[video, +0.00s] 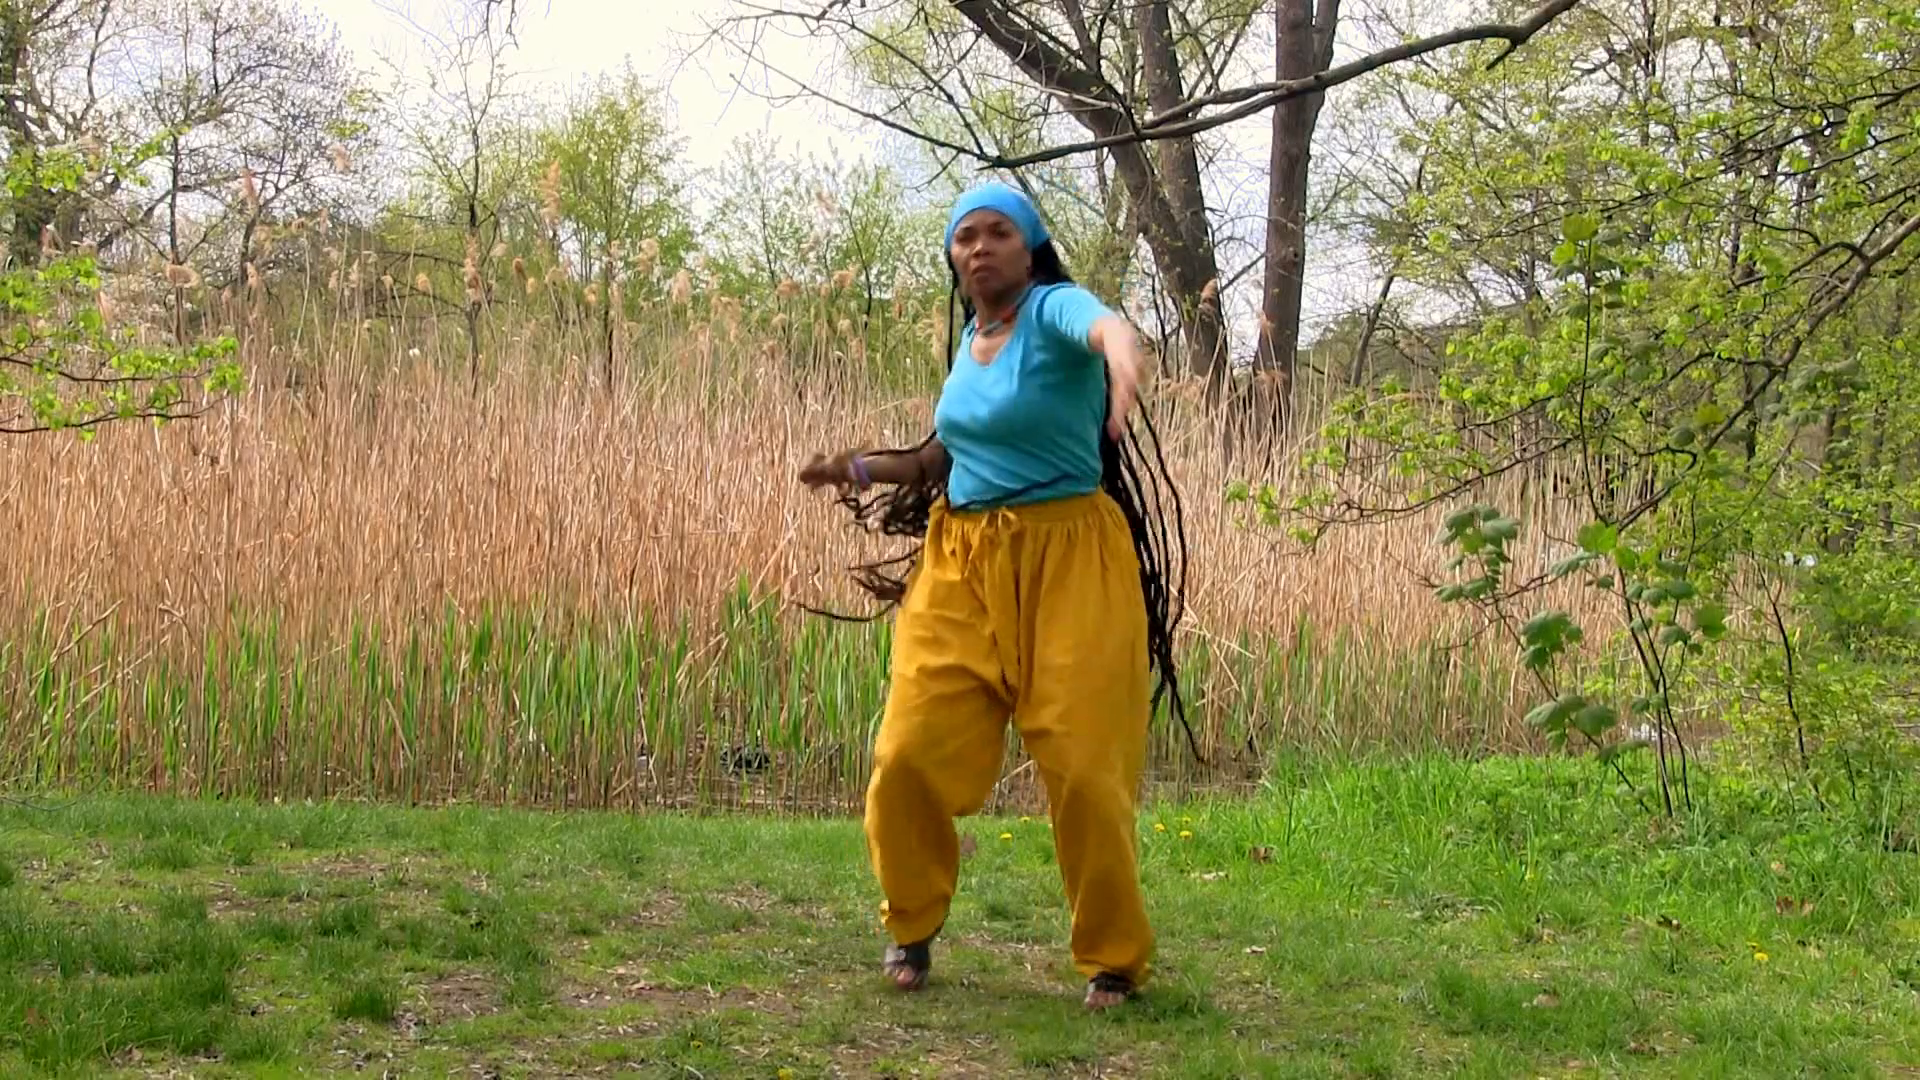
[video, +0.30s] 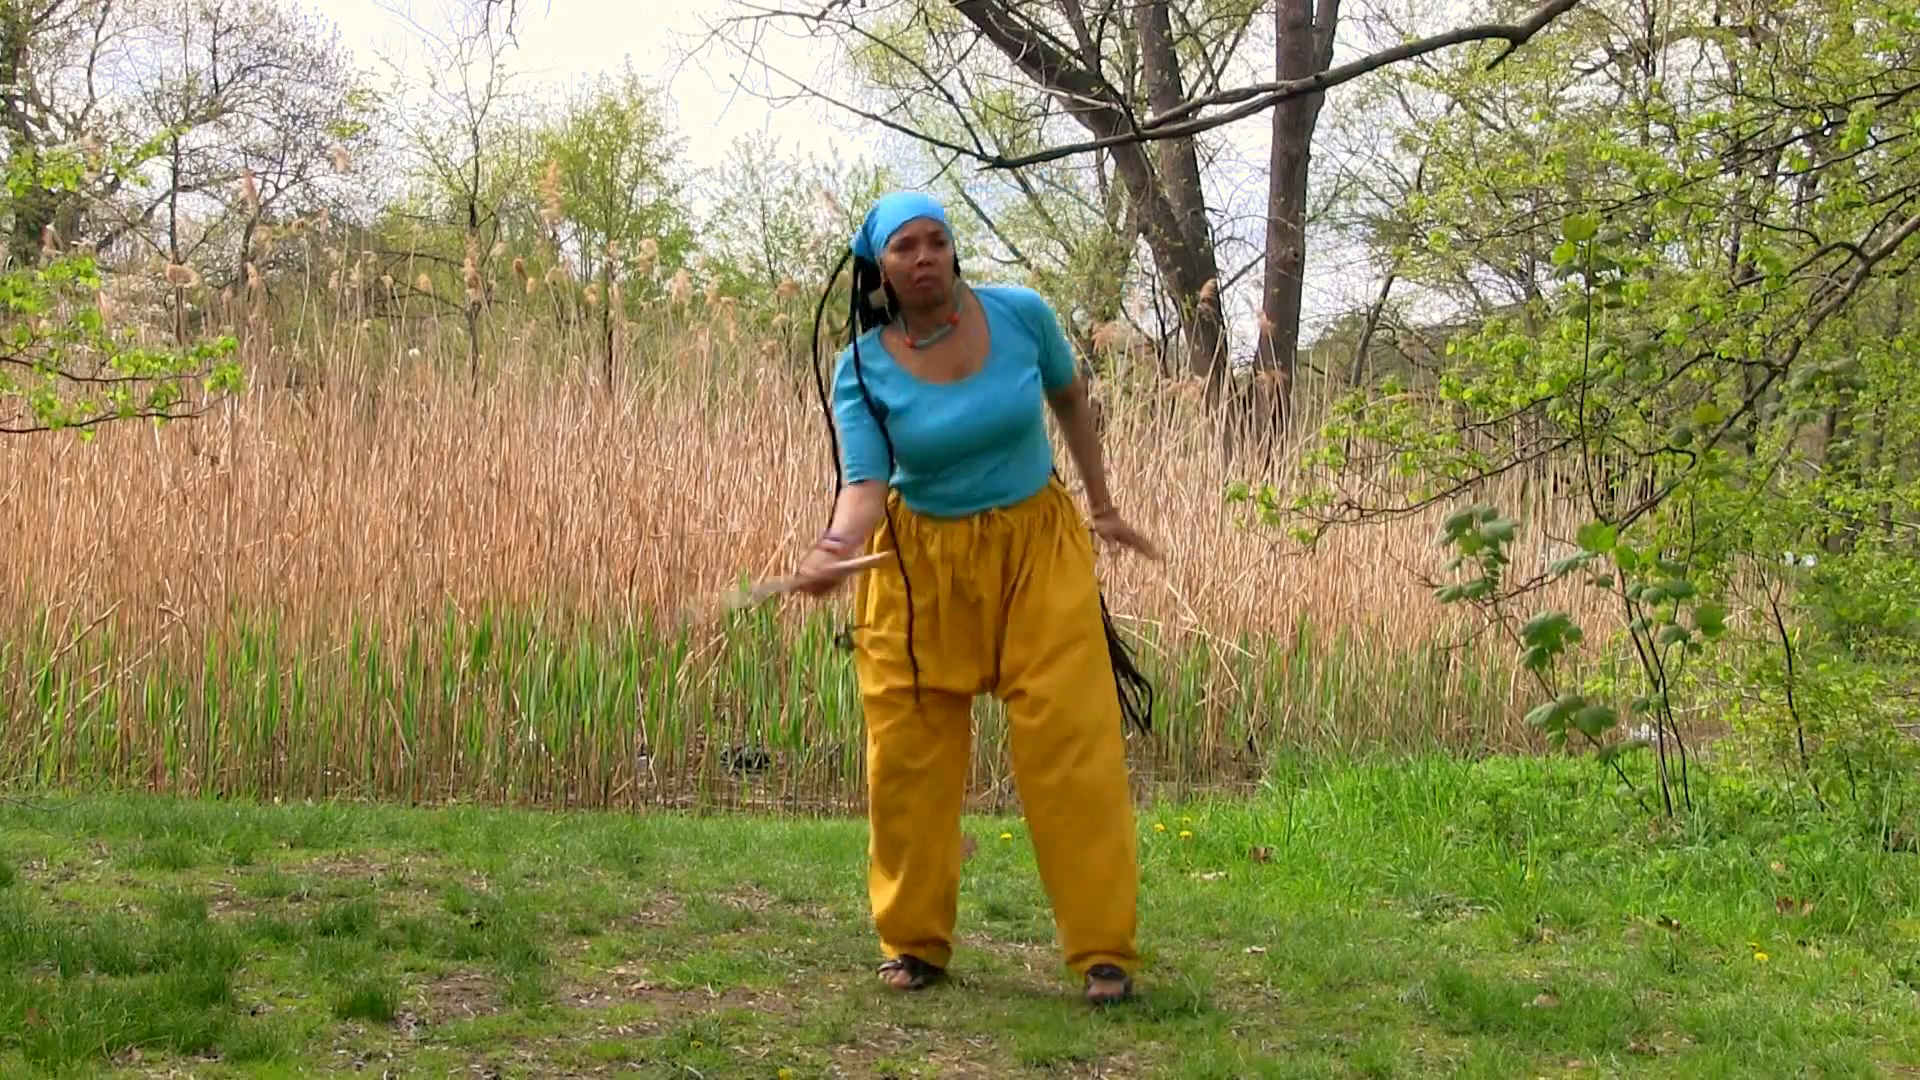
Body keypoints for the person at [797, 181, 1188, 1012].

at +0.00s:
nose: (980, 246)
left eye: (998, 233)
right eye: (966, 237)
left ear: (1033, 251)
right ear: (954, 261)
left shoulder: (1058, 307)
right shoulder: (967, 342)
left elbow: (1116, 334)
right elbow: (943, 456)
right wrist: (857, 467)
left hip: (1072, 550)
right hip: (962, 553)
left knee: (1085, 767)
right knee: (900, 755)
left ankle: (1112, 963)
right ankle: (910, 928)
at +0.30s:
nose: (926, 256)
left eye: (935, 241)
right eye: (905, 248)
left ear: (955, 251)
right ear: (878, 271)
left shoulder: (1021, 314)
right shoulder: (861, 368)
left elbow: (1072, 399)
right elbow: (863, 479)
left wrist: (1101, 502)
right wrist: (841, 542)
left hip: (1037, 544)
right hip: (919, 559)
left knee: (1071, 735)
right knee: (904, 750)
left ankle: (1103, 948)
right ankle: (913, 941)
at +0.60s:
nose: (1016, 231)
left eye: (1014, 216)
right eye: (1005, 217)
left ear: (950, 227)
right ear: (964, 226)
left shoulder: (898, 296)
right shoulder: (970, 303)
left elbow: (826, 402)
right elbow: (1007, 441)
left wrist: (876, 463)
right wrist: (1046, 471)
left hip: (881, 499)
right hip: (928, 510)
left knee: (1004, 691)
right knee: (904, 714)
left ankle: (887, 842)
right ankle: (838, 930)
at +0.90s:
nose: (1000, 320)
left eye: (996, 305)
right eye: (992, 306)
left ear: (910, 310)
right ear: (963, 313)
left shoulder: (859, 362)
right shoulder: (996, 388)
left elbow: (757, 403)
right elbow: (1023, 520)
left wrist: (738, 503)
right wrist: (981, 556)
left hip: (839, 552)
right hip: (940, 559)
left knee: (833, 737)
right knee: (976, 750)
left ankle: (798, 906)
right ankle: (887, 893)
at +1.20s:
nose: (1047, 300)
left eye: (1041, 288)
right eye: (1038, 290)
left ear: (969, 301)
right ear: (1006, 298)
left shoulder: (917, 368)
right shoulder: (1043, 354)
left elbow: (821, 432)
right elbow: (1146, 442)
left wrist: (883, 417)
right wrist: (1229, 494)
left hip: (922, 557)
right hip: (1021, 554)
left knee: (898, 738)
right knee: (1152, 704)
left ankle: (810, 909)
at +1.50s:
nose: (1222, 296)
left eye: (1217, 283)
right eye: (1212, 286)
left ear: (1142, 302)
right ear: (1181, 301)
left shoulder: (1114, 371)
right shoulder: (1224, 358)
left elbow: (1196, 393)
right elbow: (1335, 360)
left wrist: (1272, 355)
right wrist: (1378, 304)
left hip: (1140, 564)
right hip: (1249, 554)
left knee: (1110, 744)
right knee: (1322, 746)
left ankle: (1100, 919)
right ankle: (1359, 941)